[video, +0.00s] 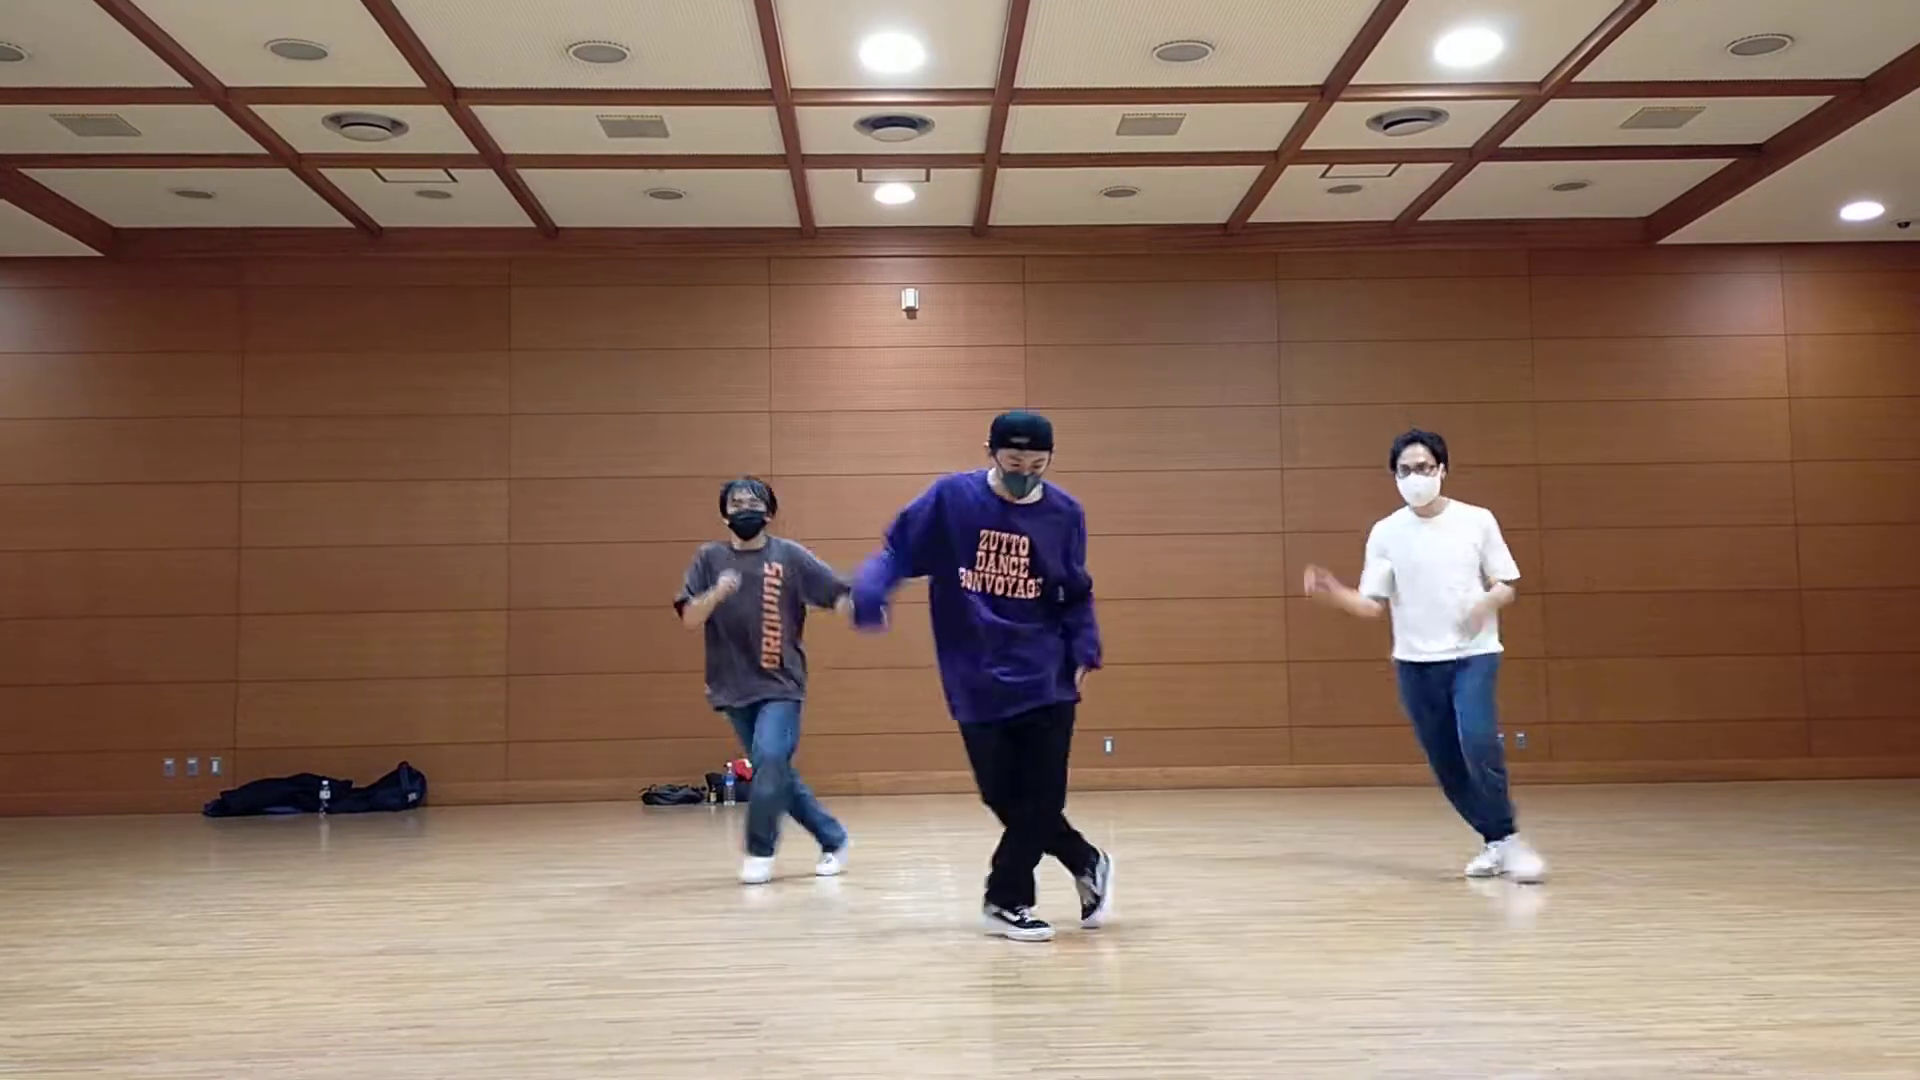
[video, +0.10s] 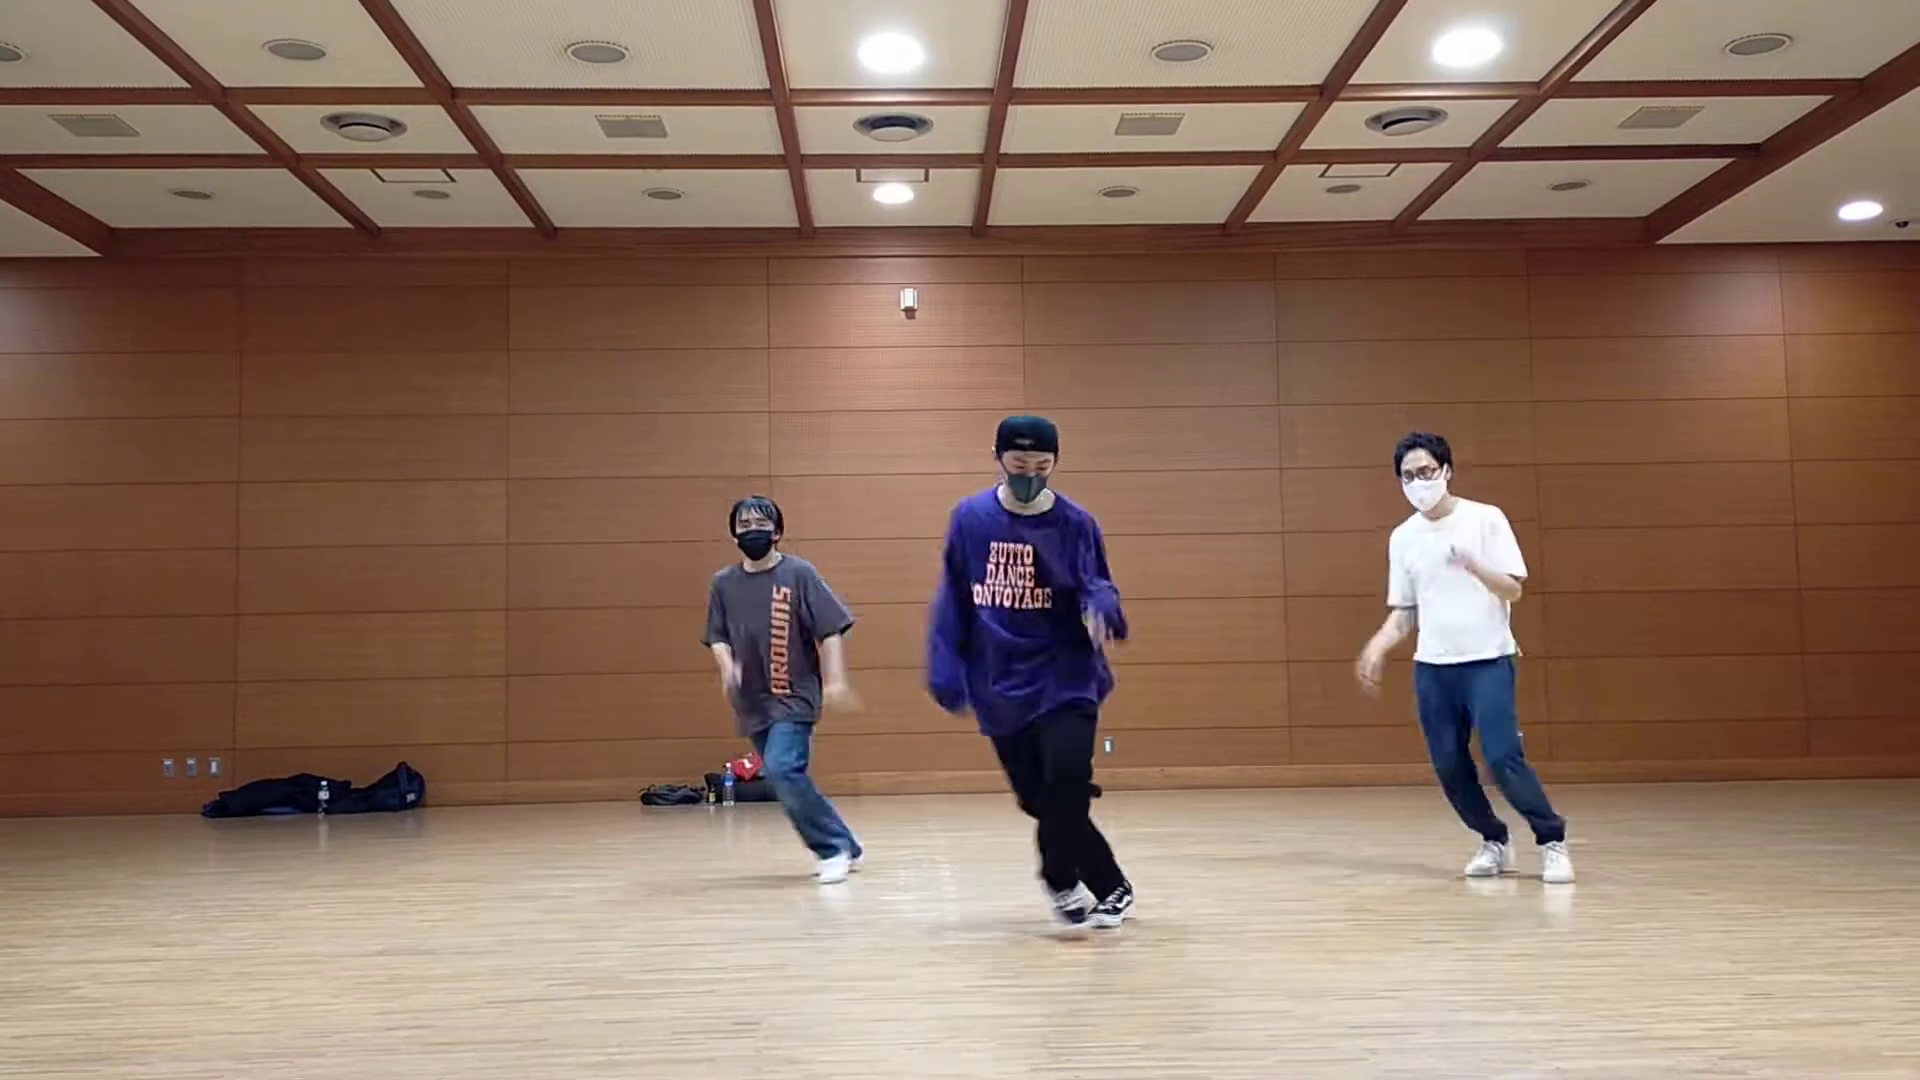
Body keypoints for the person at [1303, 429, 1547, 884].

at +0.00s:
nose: (1415, 477)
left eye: (1423, 468)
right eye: (1406, 470)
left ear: (1441, 471)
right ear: (1395, 477)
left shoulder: (1478, 522)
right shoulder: (1385, 533)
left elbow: (1507, 586)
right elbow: (1373, 606)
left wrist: (1488, 602)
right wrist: (1335, 591)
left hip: (1473, 655)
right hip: (1416, 664)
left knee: (1478, 741)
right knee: (1446, 764)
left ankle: (1508, 840)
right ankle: (1494, 842)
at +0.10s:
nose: (1418, 482)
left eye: (1425, 472)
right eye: (1409, 475)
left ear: (1446, 471)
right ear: (1401, 484)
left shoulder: (1486, 519)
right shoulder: (1403, 538)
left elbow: (1512, 591)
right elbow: (1403, 612)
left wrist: (1475, 566)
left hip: (1487, 660)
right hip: (1432, 666)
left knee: (1502, 758)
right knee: (1449, 767)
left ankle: (1552, 841)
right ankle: (1494, 841)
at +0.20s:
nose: (1414, 467)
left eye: (1420, 456)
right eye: (1404, 461)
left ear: (1442, 454)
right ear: (1397, 470)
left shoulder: (1484, 497)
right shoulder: (1408, 520)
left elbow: (1517, 561)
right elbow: (1423, 589)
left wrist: (1464, 549)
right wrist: (1430, 645)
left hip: (1496, 640)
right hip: (1443, 645)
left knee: (1511, 741)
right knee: (1440, 743)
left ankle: (1555, 842)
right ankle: (1484, 833)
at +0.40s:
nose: (1402, 488)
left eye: (1408, 477)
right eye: (1391, 483)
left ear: (1430, 476)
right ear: (1385, 493)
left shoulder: (1464, 515)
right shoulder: (1421, 538)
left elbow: (1525, 555)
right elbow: (1455, 583)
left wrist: (1472, 602)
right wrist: (1452, 618)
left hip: (1508, 654)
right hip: (1466, 659)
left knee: (1535, 759)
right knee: (1426, 736)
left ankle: (1613, 845)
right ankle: (1420, 837)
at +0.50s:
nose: (1392, 519)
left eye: (1400, 509)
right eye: (1382, 514)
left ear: (1421, 509)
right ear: (1376, 524)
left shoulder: (1454, 548)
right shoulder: (1419, 569)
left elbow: (1524, 574)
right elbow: (1471, 607)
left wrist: (1513, 642)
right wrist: (1478, 660)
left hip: (1511, 682)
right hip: (1472, 684)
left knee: (1523, 789)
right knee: (1415, 744)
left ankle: (1618, 849)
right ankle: (1403, 852)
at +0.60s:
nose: (1370, 512)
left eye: (1377, 501)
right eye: (1360, 506)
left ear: (1398, 503)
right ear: (1354, 517)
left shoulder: (1437, 541)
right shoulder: (1389, 564)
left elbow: (1506, 577)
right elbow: (1430, 609)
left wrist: (1549, 636)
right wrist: (1427, 651)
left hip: (1488, 679)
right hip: (1443, 683)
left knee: (1517, 783)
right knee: (1388, 746)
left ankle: (1612, 845)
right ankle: (1391, 856)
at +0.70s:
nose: (1351, 486)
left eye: (1358, 476)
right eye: (1341, 480)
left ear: (1378, 477)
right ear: (1333, 489)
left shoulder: (1417, 518)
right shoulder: (1353, 542)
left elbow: (1479, 564)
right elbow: (1377, 589)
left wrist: (1539, 609)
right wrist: (1365, 629)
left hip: (1447, 655)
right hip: (1401, 664)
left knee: (1478, 756)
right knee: (1364, 745)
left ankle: (1569, 821)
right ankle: (1390, 857)